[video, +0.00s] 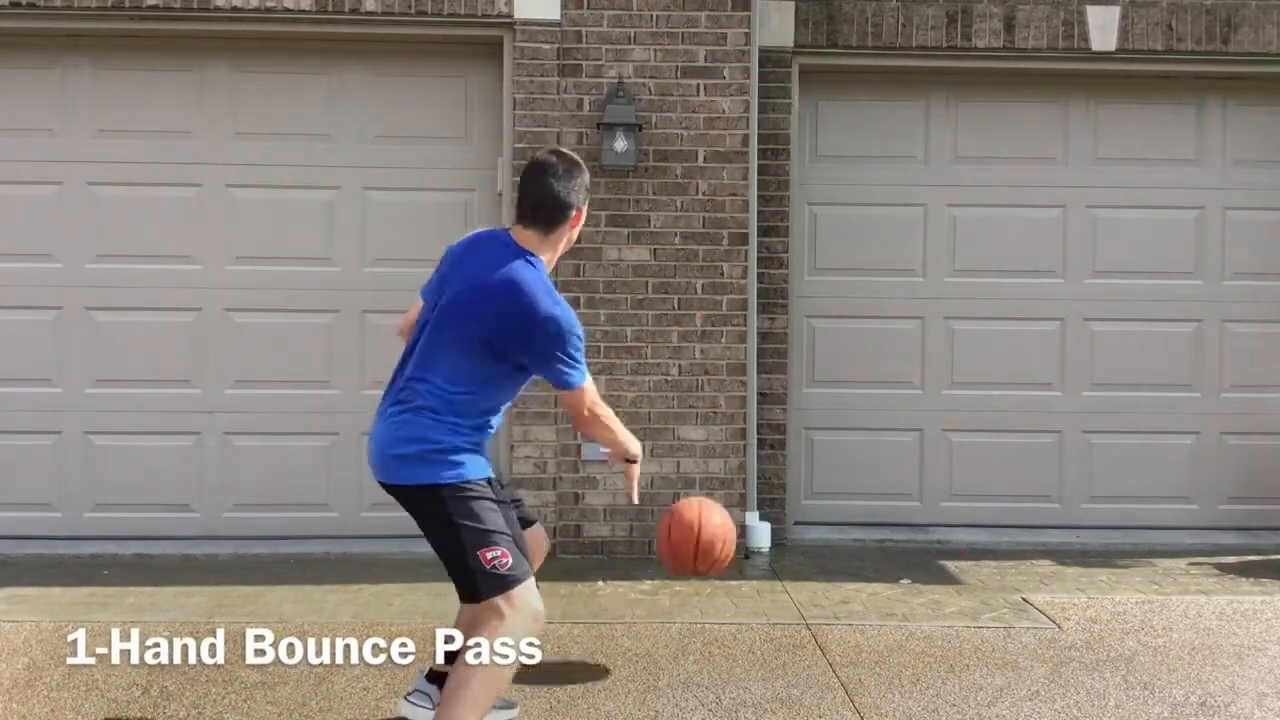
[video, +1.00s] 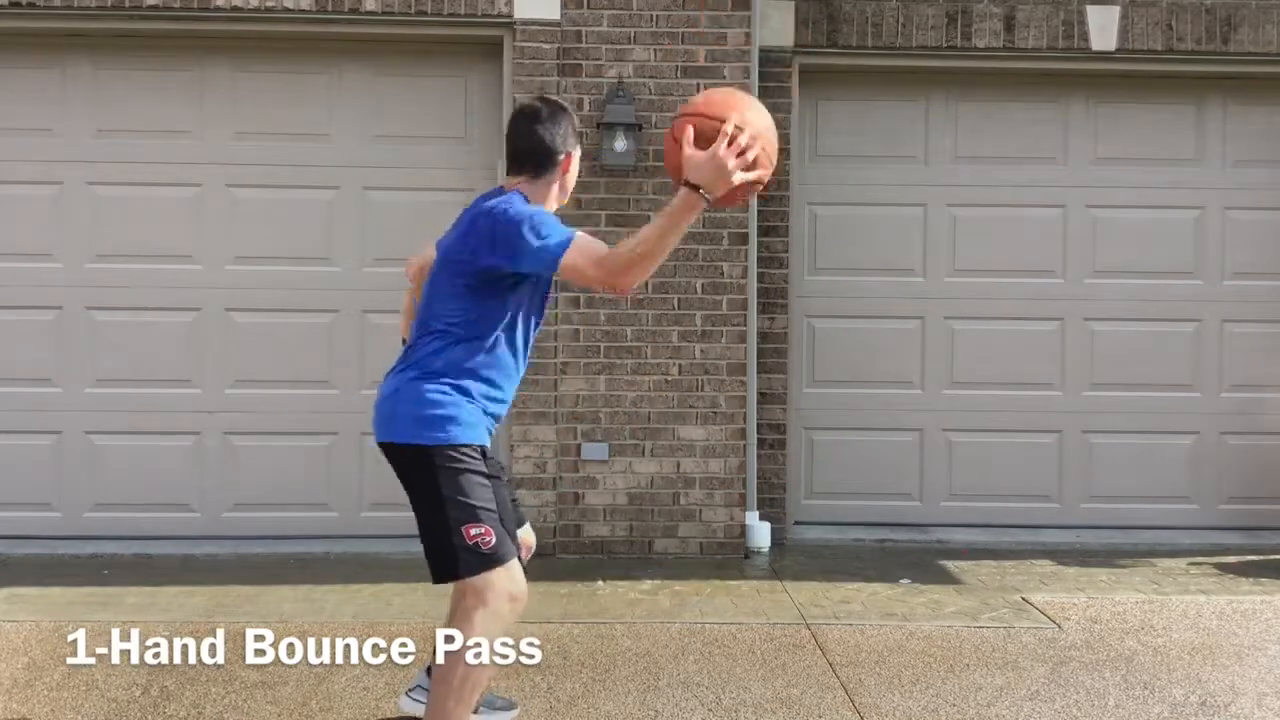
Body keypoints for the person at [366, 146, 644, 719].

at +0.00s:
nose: (584, 223)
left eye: (584, 213)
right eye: (586, 213)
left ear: (520, 201)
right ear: (577, 219)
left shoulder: (475, 246)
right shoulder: (546, 312)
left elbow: (411, 326)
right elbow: (586, 411)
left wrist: (458, 385)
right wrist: (630, 449)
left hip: (405, 441)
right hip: (436, 456)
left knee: (530, 543)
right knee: (516, 618)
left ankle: (445, 681)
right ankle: (455, 711)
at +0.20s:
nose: (587, 229)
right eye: (588, 219)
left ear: (522, 207)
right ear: (580, 224)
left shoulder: (471, 254)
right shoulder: (551, 309)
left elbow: (398, 332)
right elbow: (555, 420)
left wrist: (447, 385)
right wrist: (583, 425)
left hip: (398, 444)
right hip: (439, 457)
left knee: (529, 542)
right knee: (523, 618)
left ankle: (441, 683)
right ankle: (456, 710)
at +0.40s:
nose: (573, 204)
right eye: (574, 195)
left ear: (508, 190)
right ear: (567, 202)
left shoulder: (463, 245)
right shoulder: (542, 281)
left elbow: (399, 332)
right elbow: (569, 409)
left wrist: (450, 386)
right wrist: (622, 403)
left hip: (405, 441)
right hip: (444, 452)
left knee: (527, 545)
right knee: (528, 613)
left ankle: (441, 684)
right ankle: (457, 712)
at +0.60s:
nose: (558, 162)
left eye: (554, 151)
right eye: (556, 152)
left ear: (490, 159)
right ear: (545, 162)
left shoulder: (460, 219)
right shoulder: (535, 231)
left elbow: (410, 317)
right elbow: (649, 278)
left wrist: (481, 400)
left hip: (422, 428)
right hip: (452, 437)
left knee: (486, 580)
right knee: (516, 608)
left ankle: (434, 690)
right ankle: (455, 712)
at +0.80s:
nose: (553, 120)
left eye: (547, 110)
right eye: (551, 110)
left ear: (485, 122)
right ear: (539, 119)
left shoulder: (467, 182)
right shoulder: (534, 176)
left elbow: (421, 279)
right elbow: (669, 161)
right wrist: (738, 79)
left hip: (424, 398)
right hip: (453, 404)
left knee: (493, 574)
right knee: (491, 585)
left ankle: (441, 687)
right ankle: (448, 712)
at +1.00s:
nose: (578, 170)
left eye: (576, 159)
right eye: (578, 159)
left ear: (511, 160)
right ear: (567, 165)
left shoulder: (486, 212)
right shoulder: (515, 218)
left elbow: (421, 268)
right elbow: (617, 273)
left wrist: (414, 345)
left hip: (445, 416)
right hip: (437, 417)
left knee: (513, 541)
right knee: (498, 591)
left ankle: (443, 680)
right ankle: (449, 709)